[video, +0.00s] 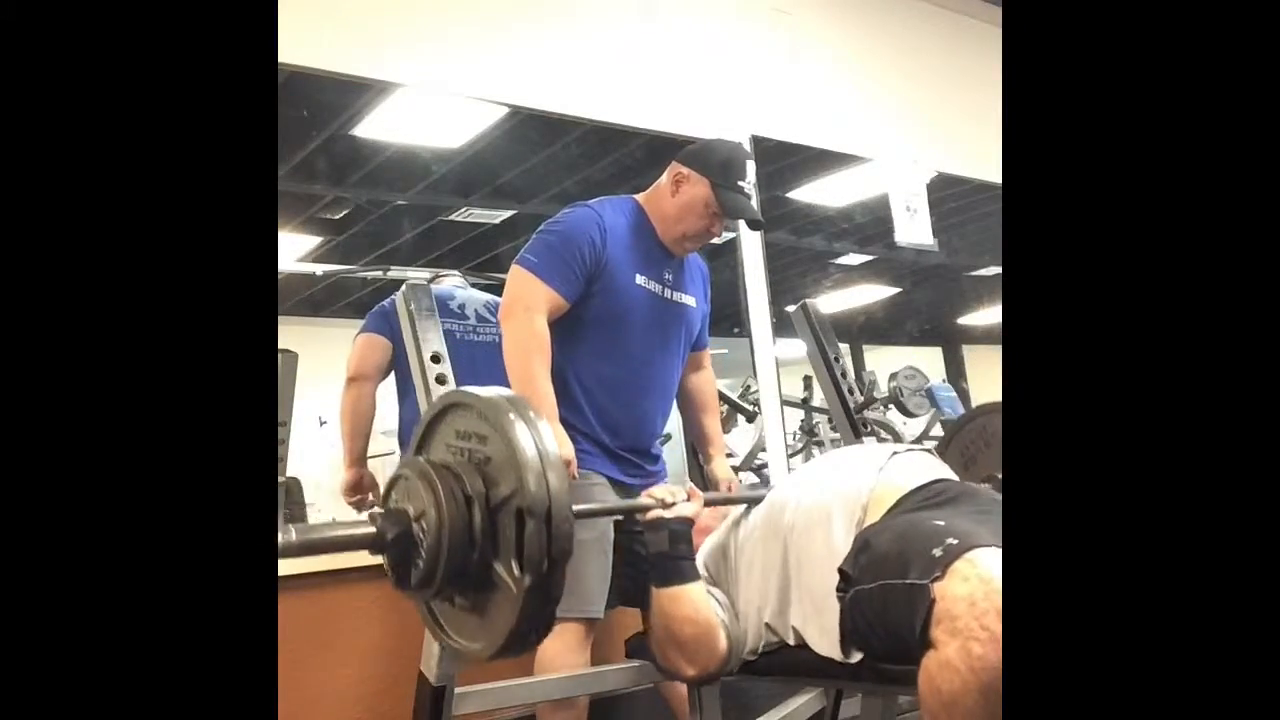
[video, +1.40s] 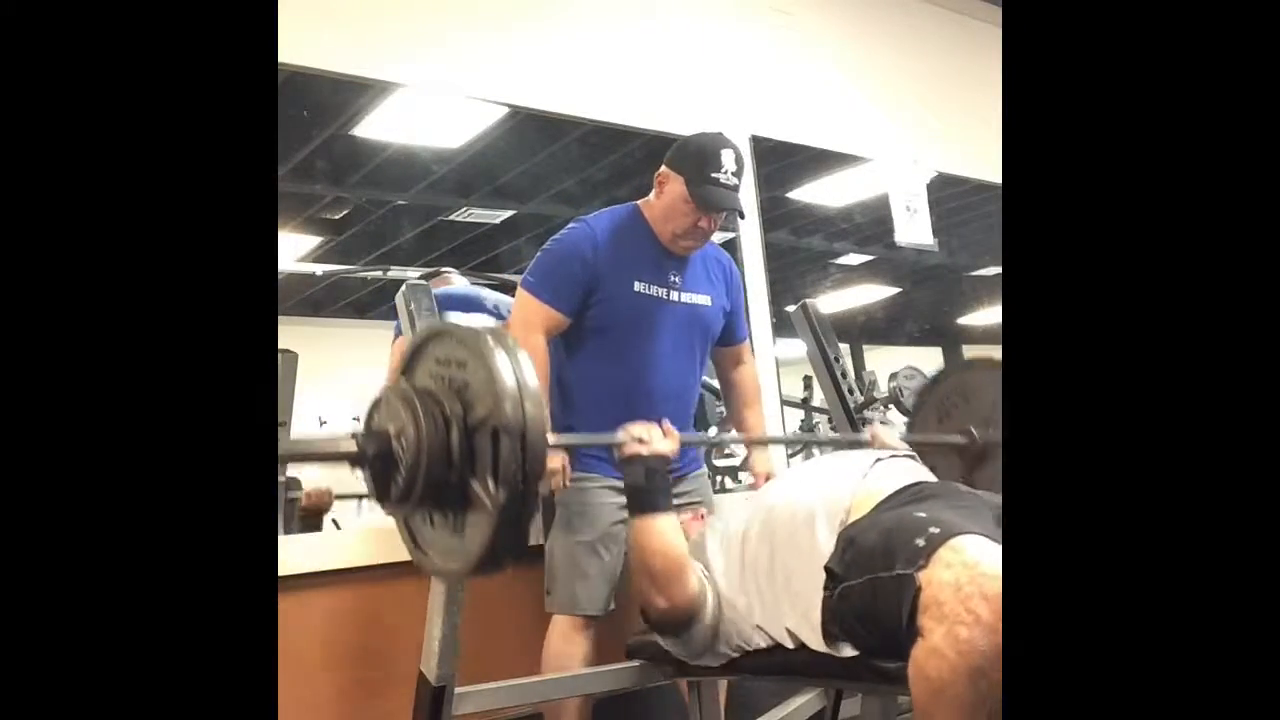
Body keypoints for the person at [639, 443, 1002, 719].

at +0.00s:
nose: (697, 495)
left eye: (693, 491)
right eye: (681, 503)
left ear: (715, 497)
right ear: (685, 543)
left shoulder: (776, 506)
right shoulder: (713, 582)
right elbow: (690, 664)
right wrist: (666, 540)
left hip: (964, 492)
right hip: (881, 534)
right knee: (986, 597)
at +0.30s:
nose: (693, 514)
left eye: (694, 508)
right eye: (681, 525)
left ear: (714, 504)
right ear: (675, 549)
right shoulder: (713, 612)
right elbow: (671, 619)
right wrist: (649, 497)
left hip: (933, 486)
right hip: (873, 527)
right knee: (986, 593)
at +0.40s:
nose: (683, 517)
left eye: (679, 510)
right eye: (666, 528)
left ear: (693, 506)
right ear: (655, 567)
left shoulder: (759, 500)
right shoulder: (697, 612)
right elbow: (663, 593)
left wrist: (886, 448)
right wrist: (643, 470)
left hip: (949, 492)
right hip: (871, 530)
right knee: (982, 588)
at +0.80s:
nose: (695, 506)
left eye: (692, 502)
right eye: (679, 516)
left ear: (710, 498)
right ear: (671, 543)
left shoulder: (767, 499)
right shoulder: (699, 599)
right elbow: (665, 612)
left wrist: (886, 442)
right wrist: (648, 487)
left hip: (952, 493)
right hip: (873, 533)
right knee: (980, 600)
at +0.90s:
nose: (699, 503)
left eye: (697, 497)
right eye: (685, 508)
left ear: (714, 499)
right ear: (672, 541)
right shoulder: (698, 584)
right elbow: (677, 636)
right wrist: (657, 514)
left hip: (942, 488)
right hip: (871, 529)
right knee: (983, 604)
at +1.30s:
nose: (695, 508)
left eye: (699, 501)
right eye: (681, 510)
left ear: (713, 506)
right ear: (672, 541)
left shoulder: (757, 512)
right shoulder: (694, 580)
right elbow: (682, 629)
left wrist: (762, 486)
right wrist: (654, 506)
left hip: (949, 492)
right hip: (871, 534)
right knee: (985, 595)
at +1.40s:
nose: (687, 511)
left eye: (684, 507)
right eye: (673, 517)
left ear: (695, 512)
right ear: (665, 538)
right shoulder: (702, 602)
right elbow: (666, 597)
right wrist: (646, 475)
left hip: (956, 494)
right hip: (876, 528)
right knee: (980, 592)